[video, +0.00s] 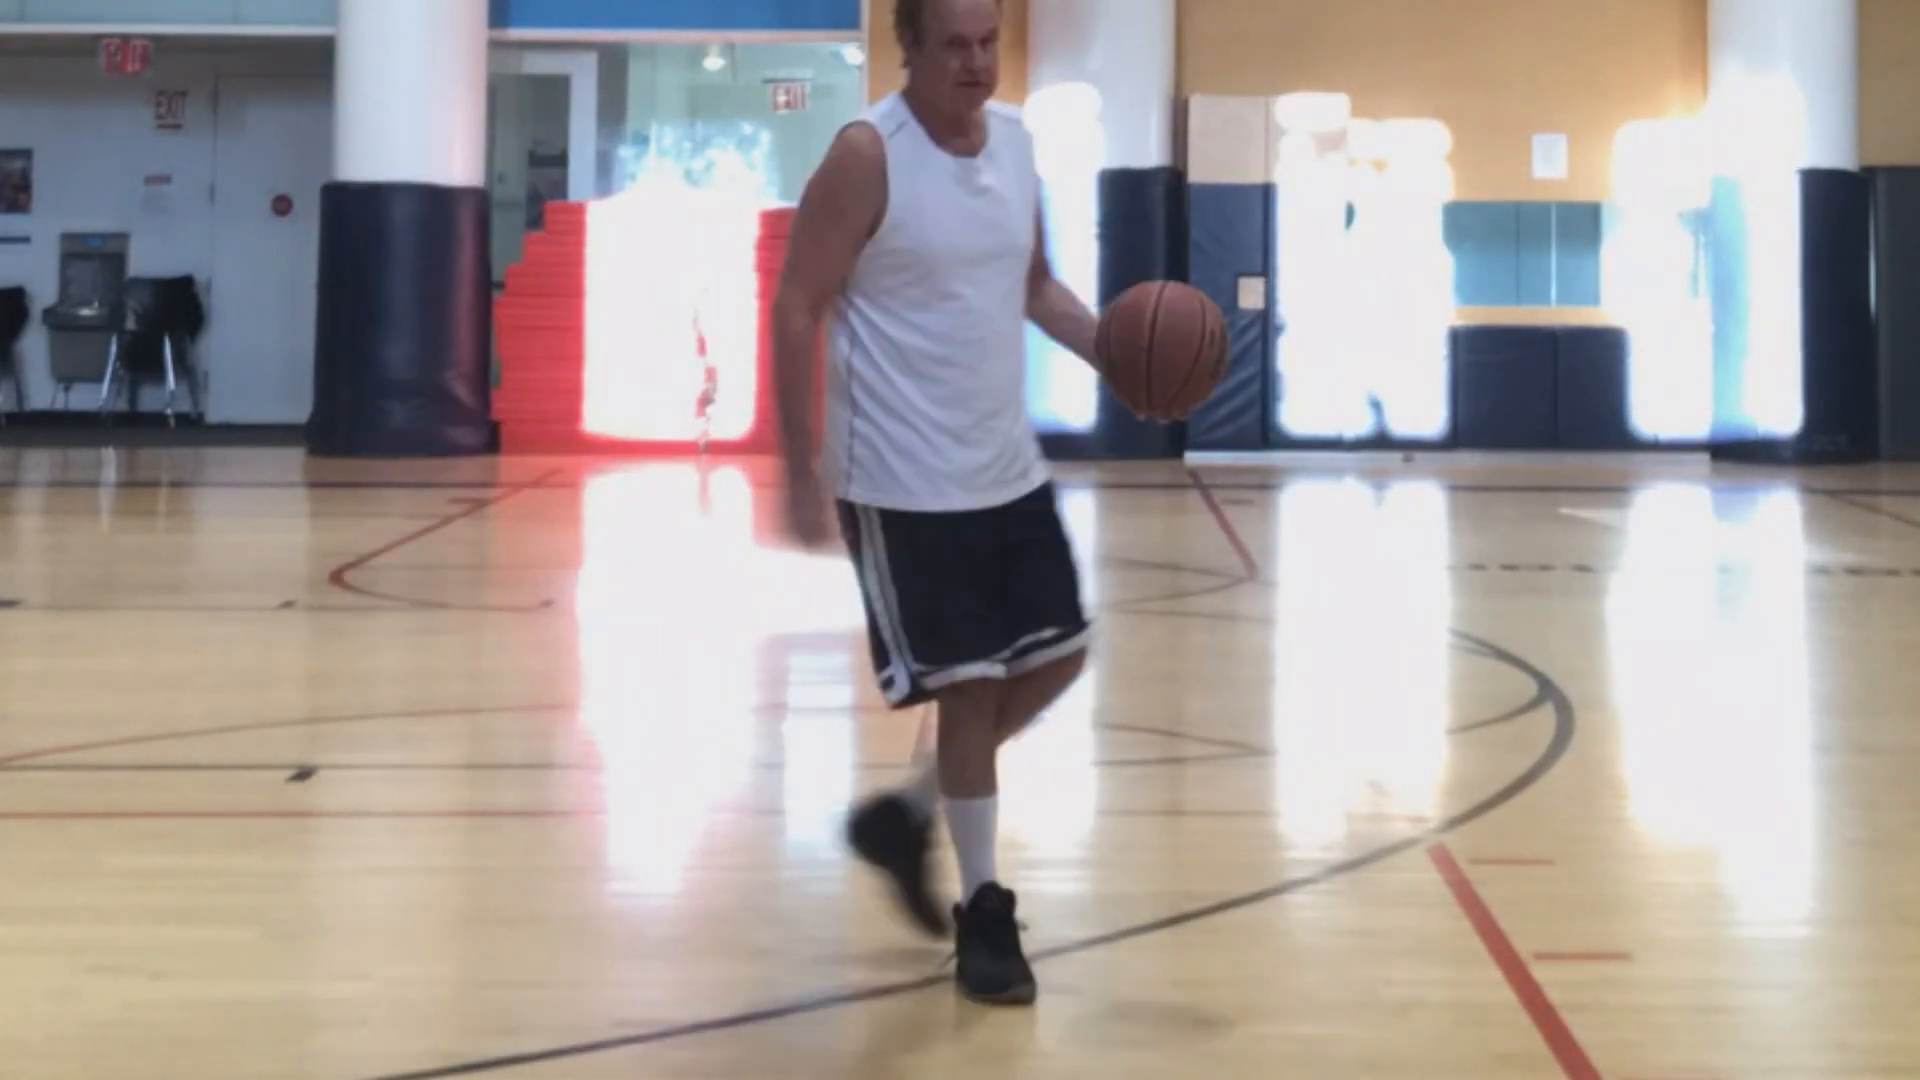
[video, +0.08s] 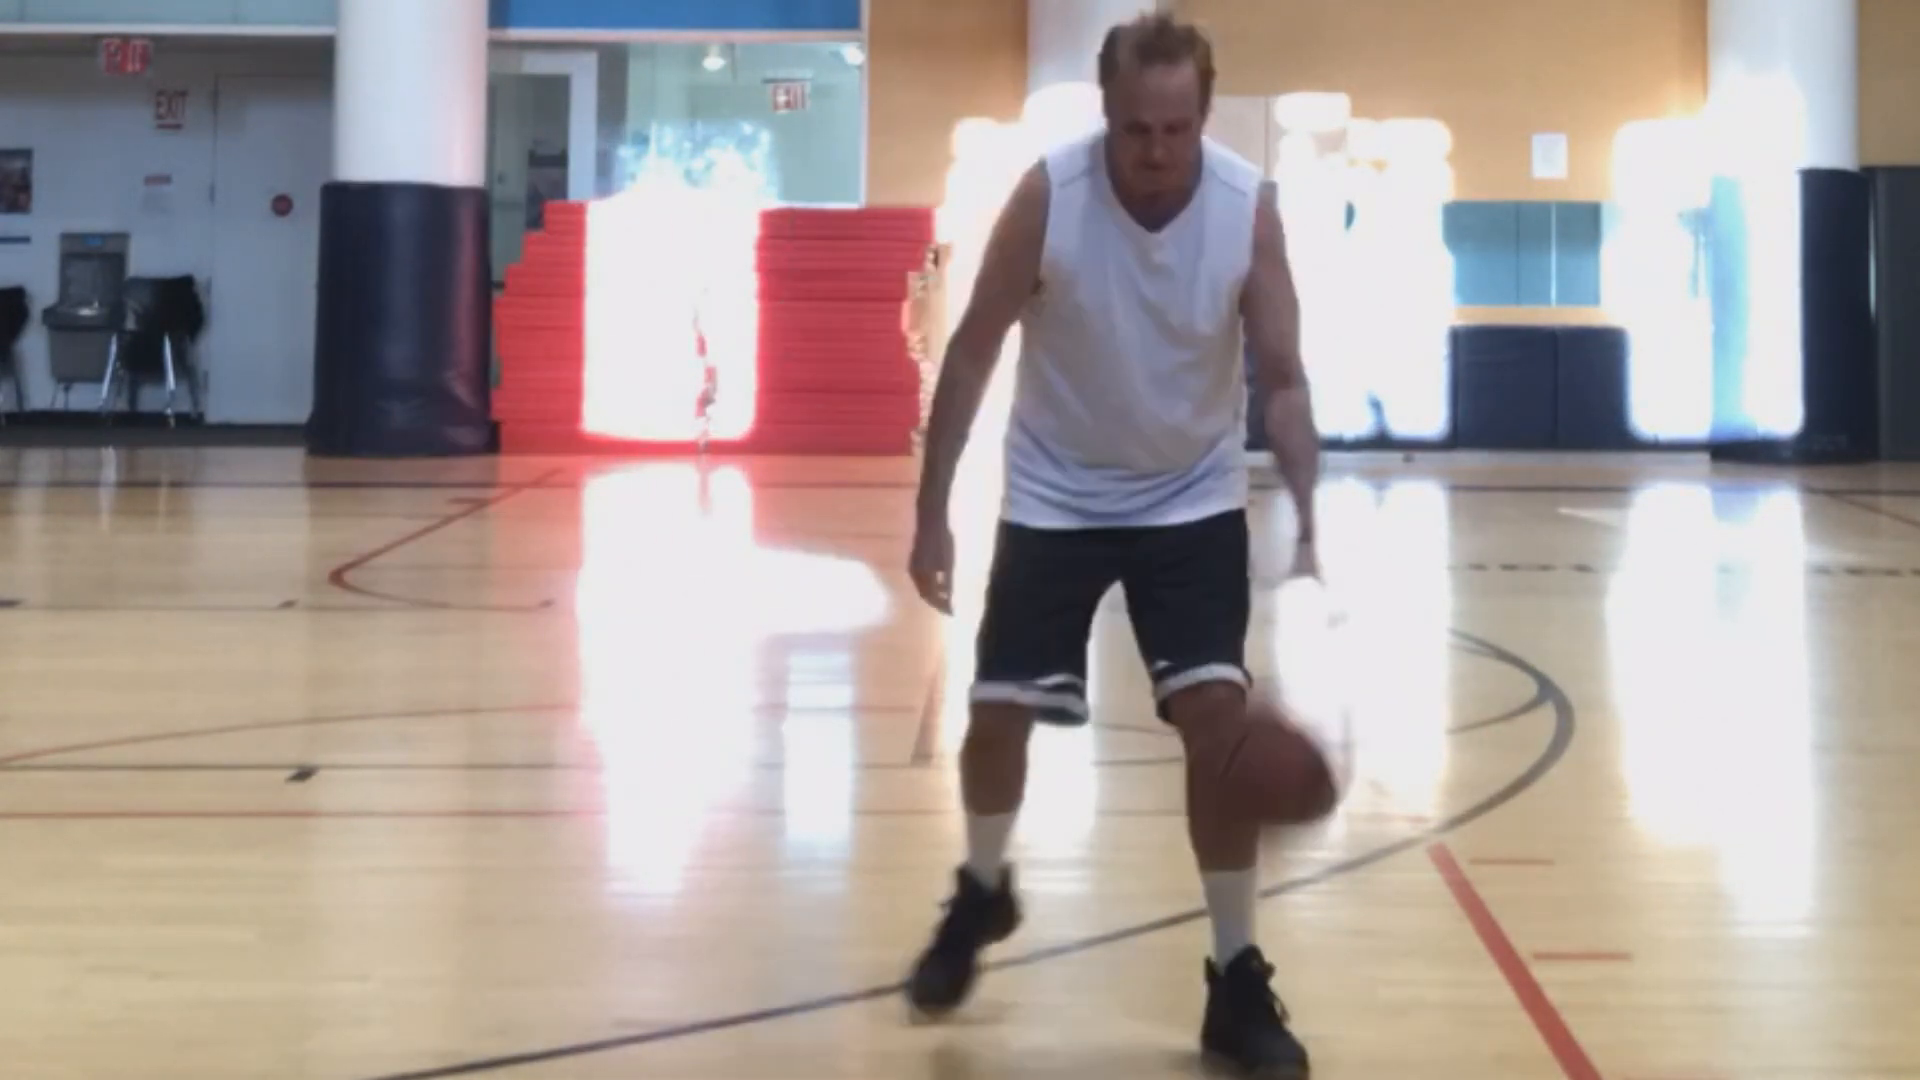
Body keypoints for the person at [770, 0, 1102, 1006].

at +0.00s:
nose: (978, 62)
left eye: (988, 42)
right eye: (957, 43)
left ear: (1002, 45)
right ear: (909, 49)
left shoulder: (1010, 144)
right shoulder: (866, 156)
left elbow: (1031, 282)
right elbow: (797, 307)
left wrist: (1120, 354)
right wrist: (802, 467)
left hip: (1003, 463)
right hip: (902, 475)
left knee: (1055, 655)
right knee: (971, 684)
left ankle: (904, 814)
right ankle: (983, 909)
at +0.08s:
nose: (1158, 150)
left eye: (1178, 128)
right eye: (1137, 128)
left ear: (1208, 115)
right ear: (1103, 113)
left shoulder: (1248, 210)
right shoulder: (1048, 199)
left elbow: (1280, 374)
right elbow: (971, 347)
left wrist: (1303, 508)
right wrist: (931, 502)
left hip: (1192, 497)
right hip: (1052, 497)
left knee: (1216, 715)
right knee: (996, 710)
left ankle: (1239, 977)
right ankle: (981, 893)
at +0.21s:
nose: (1070, 423)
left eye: (1091, 408)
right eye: (1052, 409)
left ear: (1120, 368)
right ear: (1019, 362)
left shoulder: (1161, 376)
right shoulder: (947, 374)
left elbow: (1255, 401)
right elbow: (847, 503)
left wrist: (1336, 472)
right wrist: (783, 644)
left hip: (1112, 547)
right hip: (955, 547)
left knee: (1176, 722)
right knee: (854, 713)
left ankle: (1251, 981)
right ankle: (800, 983)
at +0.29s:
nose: (724, 418)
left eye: (732, 398)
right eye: (712, 403)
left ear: (789, 362)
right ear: (706, 386)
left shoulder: (911, 379)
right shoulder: (727, 420)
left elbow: (1067, 475)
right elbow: (735, 596)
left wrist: (1159, 641)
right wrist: (754, 753)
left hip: (1019, 532)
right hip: (885, 540)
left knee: (1105, 744)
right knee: (779, 709)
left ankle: (1236, 975)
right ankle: (790, 982)